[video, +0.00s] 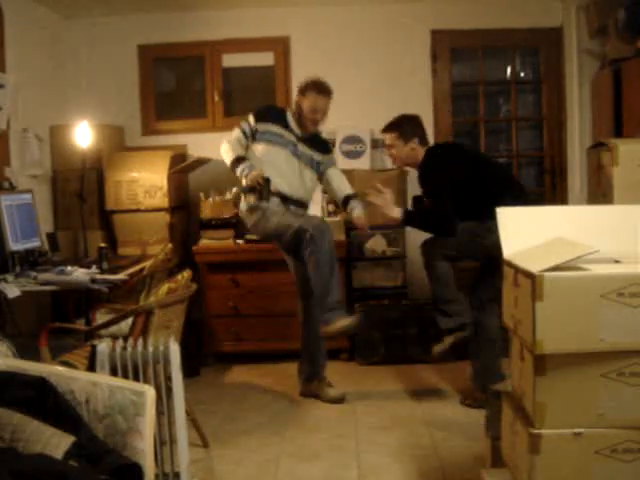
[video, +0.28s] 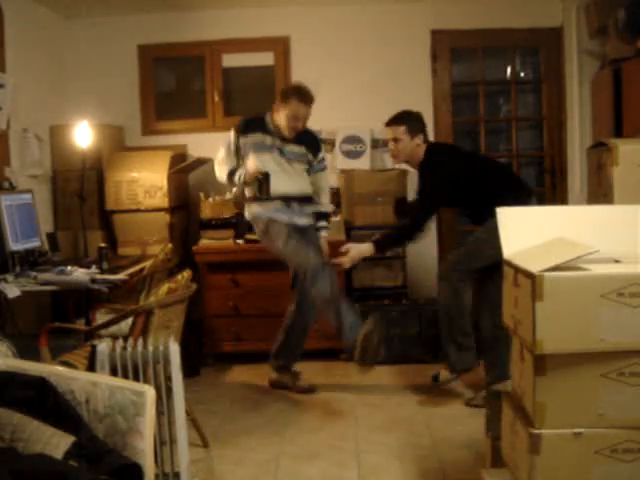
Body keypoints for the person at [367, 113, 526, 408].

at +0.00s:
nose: (389, 154)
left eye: (392, 147)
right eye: (387, 148)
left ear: (413, 143)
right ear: (415, 144)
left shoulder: (436, 164)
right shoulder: (444, 157)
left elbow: (444, 225)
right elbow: (441, 215)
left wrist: (398, 213)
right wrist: (399, 208)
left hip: (499, 229)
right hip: (511, 225)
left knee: (434, 249)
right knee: (485, 300)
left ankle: (455, 321)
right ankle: (489, 383)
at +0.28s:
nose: (390, 149)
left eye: (395, 141)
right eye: (389, 142)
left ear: (417, 139)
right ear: (416, 141)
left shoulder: (436, 164)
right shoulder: (436, 161)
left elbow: (415, 225)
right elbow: (415, 222)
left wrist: (368, 249)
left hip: (510, 220)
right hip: (514, 217)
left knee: (453, 273)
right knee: (490, 296)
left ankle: (464, 367)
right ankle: (499, 378)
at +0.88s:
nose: (431, 139)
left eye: (439, 132)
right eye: (428, 132)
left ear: (457, 134)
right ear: (425, 135)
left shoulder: (482, 173)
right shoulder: (426, 164)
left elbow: (488, 241)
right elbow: (419, 200)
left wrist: (471, 294)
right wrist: (392, 218)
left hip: (489, 251)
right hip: (457, 248)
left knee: (490, 320)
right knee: (436, 312)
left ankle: (496, 390)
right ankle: (432, 393)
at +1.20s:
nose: (434, 126)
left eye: (440, 119)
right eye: (428, 119)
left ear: (450, 121)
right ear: (417, 121)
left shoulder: (467, 148)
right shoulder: (404, 155)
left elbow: (505, 181)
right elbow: (390, 195)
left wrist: (526, 210)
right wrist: (387, 213)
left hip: (474, 230)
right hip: (433, 232)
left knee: (484, 293)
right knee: (430, 300)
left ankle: (503, 355)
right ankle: (429, 377)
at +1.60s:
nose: (470, 119)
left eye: (474, 113)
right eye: (462, 112)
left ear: (478, 115)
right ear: (442, 114)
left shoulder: (479, 146)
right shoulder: (419, 150)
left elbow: (487, 183)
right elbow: (391, 199)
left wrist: (490, 214)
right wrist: (408, 217)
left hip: (466, 225)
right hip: (427, 229)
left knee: (477, 289)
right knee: (432, 298)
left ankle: (480, 368)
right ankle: (425, 377)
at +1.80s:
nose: (493, 104)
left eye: (496, 98)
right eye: (486, 98)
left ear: (498, 102)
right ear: (465, 100)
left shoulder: (493, 138)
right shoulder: (435, 137)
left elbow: (493, 185)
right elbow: (407, 184)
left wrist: (493, 220)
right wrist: (430, 204)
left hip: (472, 224)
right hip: (434, 225)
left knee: (484, 291)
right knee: (437, 294)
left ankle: (479, 369)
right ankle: (423, 374)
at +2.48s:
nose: (436, 99)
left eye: (441, 91)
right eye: (434, 93)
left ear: (461, 91)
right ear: (438, 96)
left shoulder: (492, 125)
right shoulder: (439, 138)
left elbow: (500, 174)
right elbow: (435, 182)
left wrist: (467, 121)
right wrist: (429, 193)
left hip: (491, 228)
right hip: (456, 230)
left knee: (489, 310)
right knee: (455, 306)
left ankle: (501, 374)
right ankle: (470, 382)